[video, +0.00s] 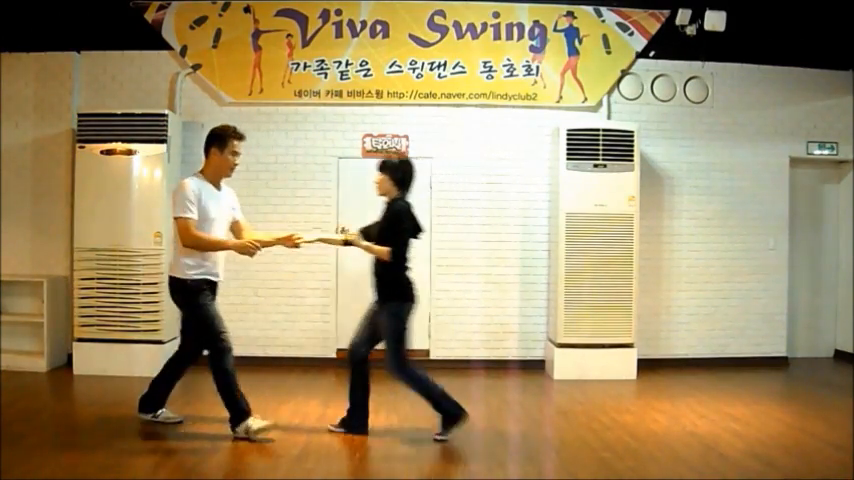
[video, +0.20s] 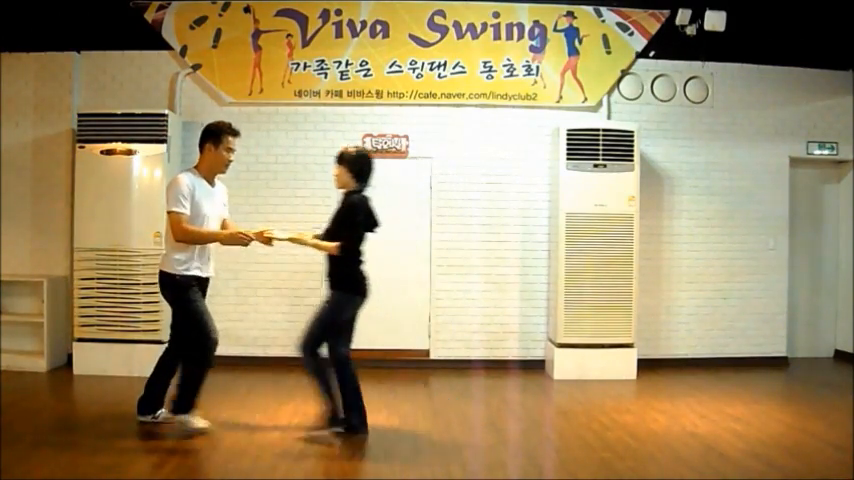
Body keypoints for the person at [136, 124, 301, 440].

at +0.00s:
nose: (237, 161)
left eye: (238, 155)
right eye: (233, 154)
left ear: (221, 156)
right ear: (213, 153)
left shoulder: (227, 194)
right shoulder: (188, 187)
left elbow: (243, 238)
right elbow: (188, 239)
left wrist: (279, 240)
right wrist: (233, 245)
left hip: (208, 281)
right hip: (187, 281)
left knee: (189, 349)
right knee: (220, 345)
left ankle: (150, 405)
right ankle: (241, 419)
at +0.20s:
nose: (232, 157)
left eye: (233, 151)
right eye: (228, 150)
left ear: (219, 151)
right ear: (208, 148)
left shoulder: (219, 190)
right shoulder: (182, 182)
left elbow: (223, 231)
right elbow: (179, 233)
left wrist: (254, 235)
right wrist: (223, 236)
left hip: (200, 277)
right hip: (177, 276)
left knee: (178, 346)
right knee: (206, 339)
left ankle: (148, 408)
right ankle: (181, 410)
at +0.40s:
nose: (240, 160)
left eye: (241, 154)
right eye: (236, 153)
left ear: (221, 155)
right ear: (216, 153)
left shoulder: (220, 191)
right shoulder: (188, 186)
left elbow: (203, 234)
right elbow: (177, 235)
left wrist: (231, 241)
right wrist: (222, 242)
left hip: (199, 282)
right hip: (175, 280)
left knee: (208, 346)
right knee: (189, 347)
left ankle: (158, 396)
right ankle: (161, 414)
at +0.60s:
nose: (253, 155)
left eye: (253, 149)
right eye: (248, 148)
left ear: (234, 150)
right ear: (229, 148)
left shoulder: (229, 187)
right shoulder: (202, 179)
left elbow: (210, 225)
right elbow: (175, 221)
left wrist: (234, 233)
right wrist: (218, 232)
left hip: (207, 278)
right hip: (183, 275)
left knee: (213, 341)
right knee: (193, 343)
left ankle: (175, 404)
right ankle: (164, 410)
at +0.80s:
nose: (256, 157)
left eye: (256, 150)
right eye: (252, 150)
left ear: (238, 154)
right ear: (233, 153)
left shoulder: (233, 191)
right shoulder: (210, 185)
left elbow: (213, 229)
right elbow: (180, 226)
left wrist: (236, 238)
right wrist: (223, 238)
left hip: (217, 283)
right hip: (196, 283)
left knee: (205, 350)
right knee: (206, 350)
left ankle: (172, 405)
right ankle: (169, 408)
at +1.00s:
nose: (261, 148)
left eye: (260, 141)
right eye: (255, 142)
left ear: (241, 148)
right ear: (237, 146)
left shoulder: (239, 185)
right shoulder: (219, 179)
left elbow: (223, 226)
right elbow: (197, 222)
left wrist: (249, 235)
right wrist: (240, 235)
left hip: (222, 277)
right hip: (201, 276)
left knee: (245, 333)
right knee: (198, 346)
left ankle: (202, 396)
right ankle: (172, 412)